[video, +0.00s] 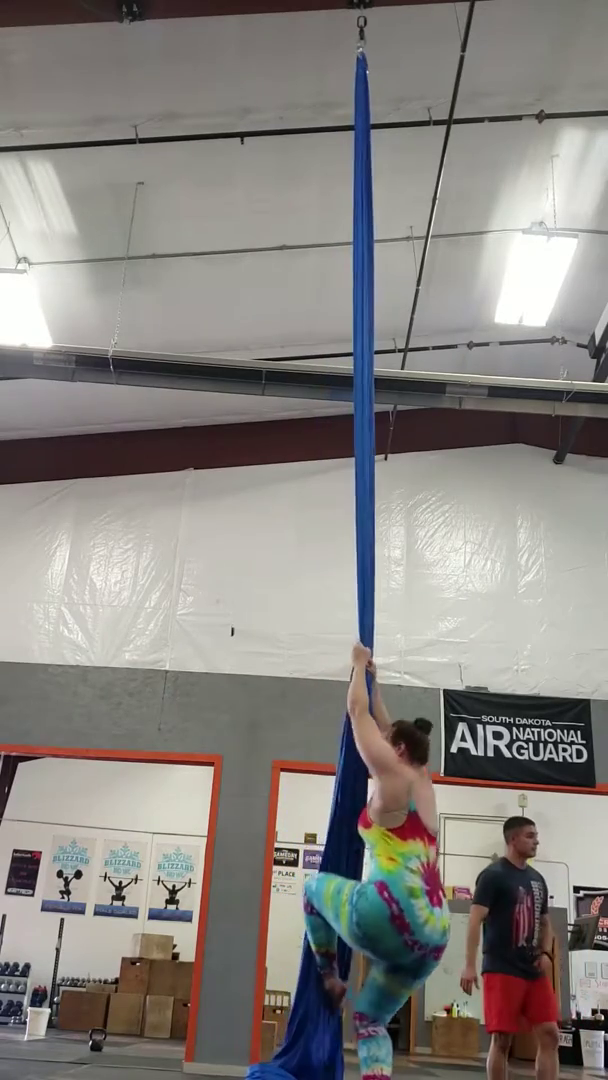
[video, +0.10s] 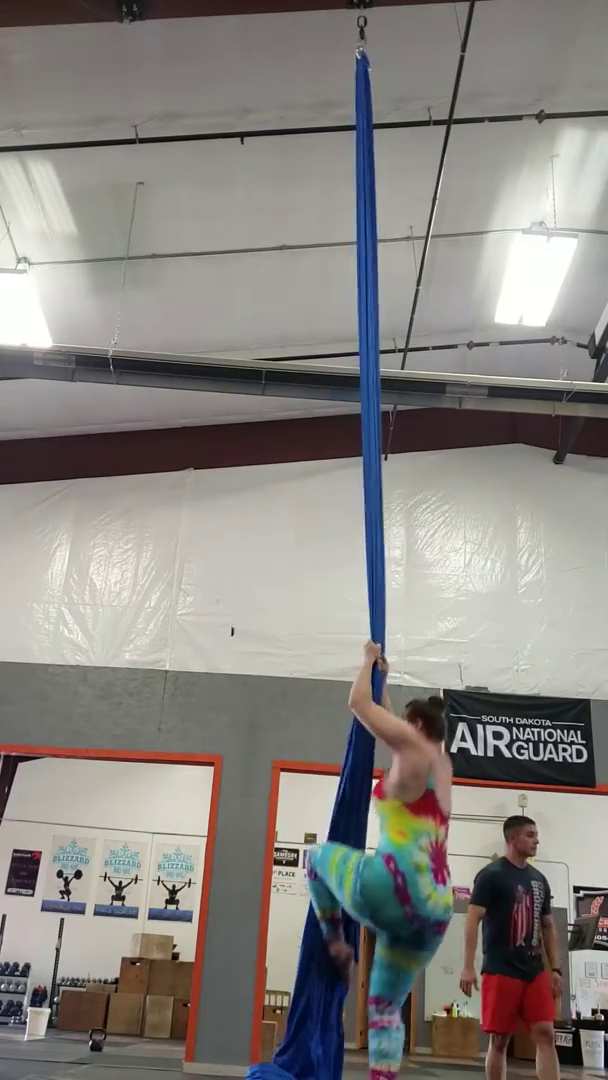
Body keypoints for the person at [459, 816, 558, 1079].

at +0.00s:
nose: (536, 840)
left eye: (536, 836)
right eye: (530, 836)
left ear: (530, 840)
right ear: (511, 839)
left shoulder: (537, 879)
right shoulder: (492, 875)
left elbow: (545, 921)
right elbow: (474, 920)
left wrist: (545, 952)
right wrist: (469, 966)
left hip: (534, 969)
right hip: (501, 969)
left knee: (549, 1036)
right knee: (501, 1041)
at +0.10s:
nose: (536, 840)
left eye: (536, 835)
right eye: (530, 835)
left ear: (532, 839)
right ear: (511, 838)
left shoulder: (539, 879)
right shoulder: (489, 875)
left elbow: (548, 925)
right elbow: (472, 919)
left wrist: (554, 968)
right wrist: (468, 967)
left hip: (535, 969)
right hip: (500, 970)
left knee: (545, 1035)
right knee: (499, 1041)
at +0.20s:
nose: (539, 840)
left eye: (539, 835)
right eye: (533, 835)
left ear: (526, 839)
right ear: (515, 837)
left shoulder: (542, 880)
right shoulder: (491, 874)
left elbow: (552, 929)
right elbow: (474, 921)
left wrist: (562, 974)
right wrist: (473, 970)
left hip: (538, 973)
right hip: (501, 972)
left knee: (544, 1037)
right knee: (499, 1042)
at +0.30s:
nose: (543, 841)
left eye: (543, 836)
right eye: (537, 835)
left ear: (530, 839)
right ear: (519, 837)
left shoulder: (546, 881)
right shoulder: (493, 875)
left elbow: (558, 931)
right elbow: (478, 921)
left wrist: (569, 977)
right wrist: (483, 971)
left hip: (541, 975)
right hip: (504, 974)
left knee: (545, 1039)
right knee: (501, 1044)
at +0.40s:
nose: (548, 841)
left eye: (549, 836)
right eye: (542, 835)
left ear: (544, 840)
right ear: (524, 837)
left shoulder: (551, 882)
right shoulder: (498, 875)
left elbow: (562, 932)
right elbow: (483, 921)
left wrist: (573, 979)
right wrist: (486, 971)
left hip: (545, 975)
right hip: (508, 975)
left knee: (553, 1040)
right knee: (505, 1047)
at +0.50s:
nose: (554, 838)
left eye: (554, 833)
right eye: (548, 832)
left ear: (551, 838)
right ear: (529, 835)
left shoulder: (556, 881)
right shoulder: (503, 871)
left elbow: (565, 932)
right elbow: (486, 919)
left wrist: (575, 979)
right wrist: (489, 968)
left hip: (550, 974)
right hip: (512, 973)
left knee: (557, 1040)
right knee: (509, 1046)